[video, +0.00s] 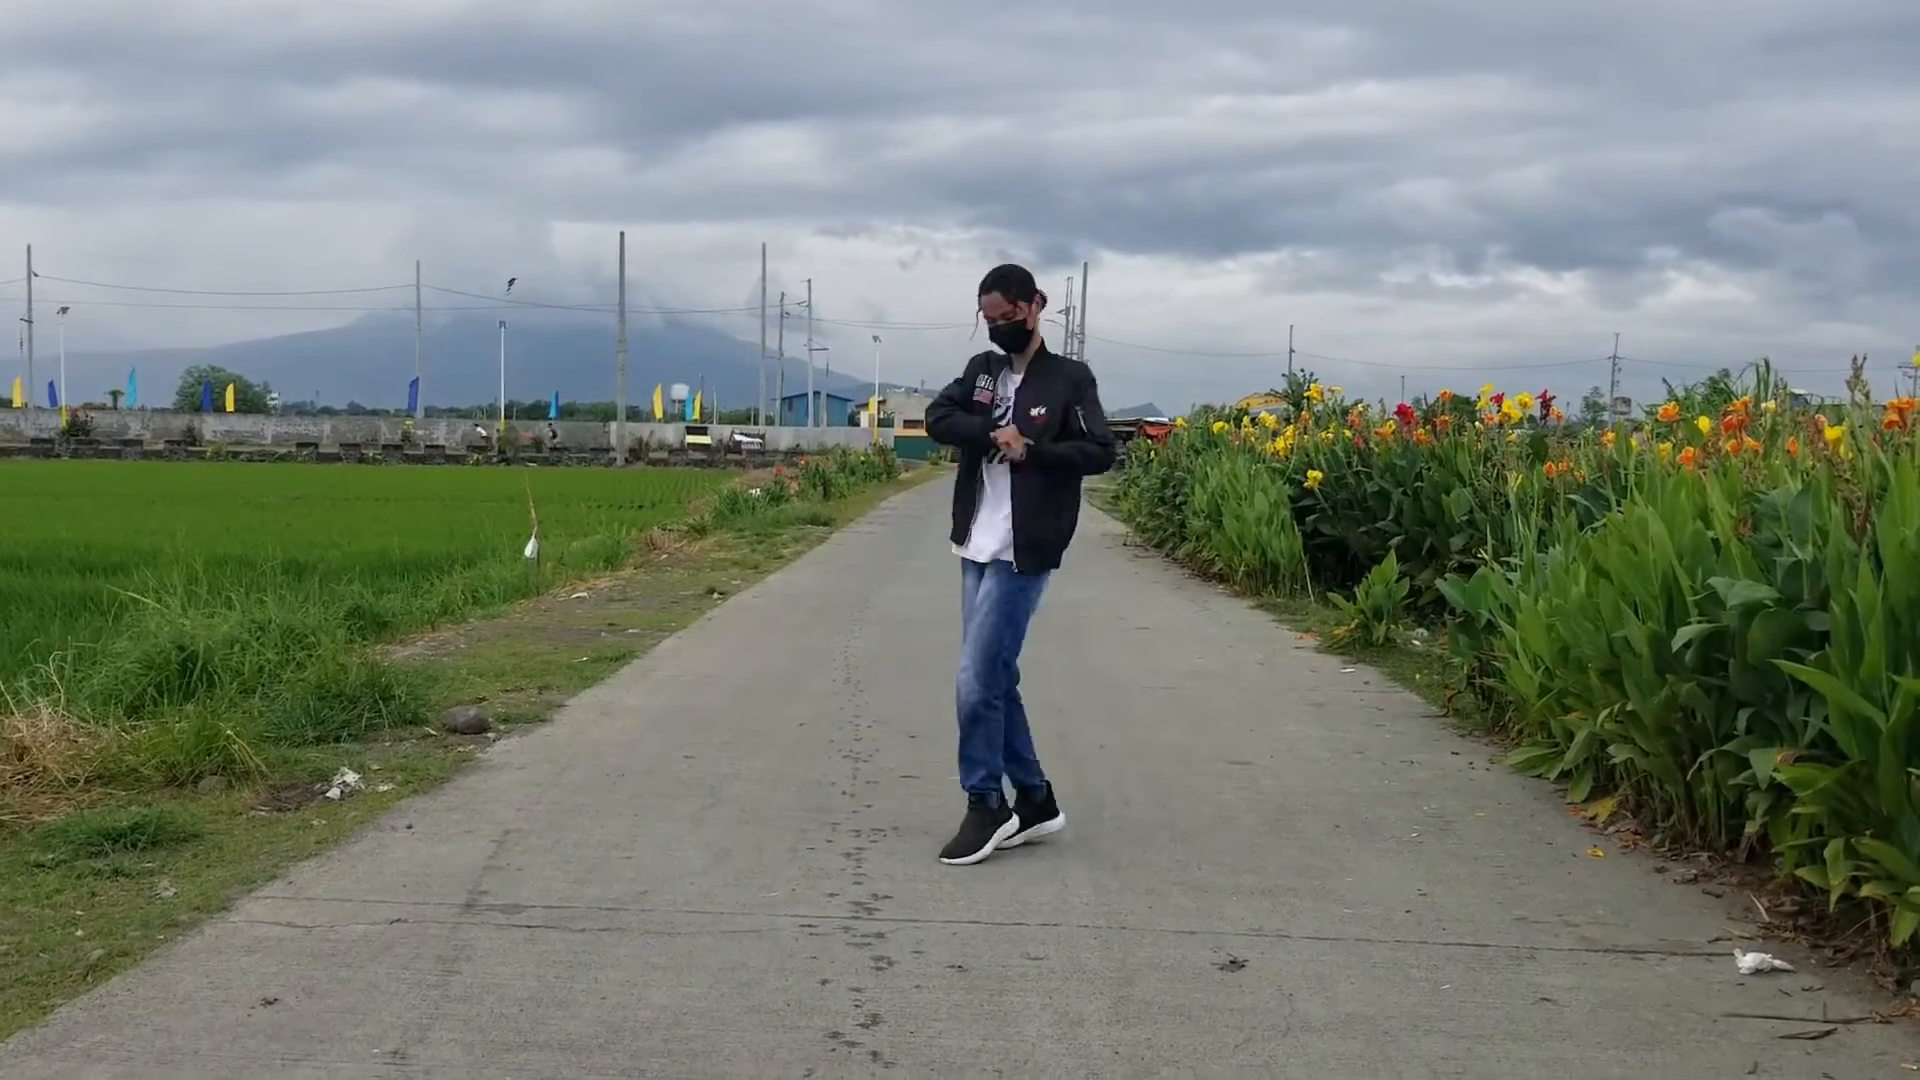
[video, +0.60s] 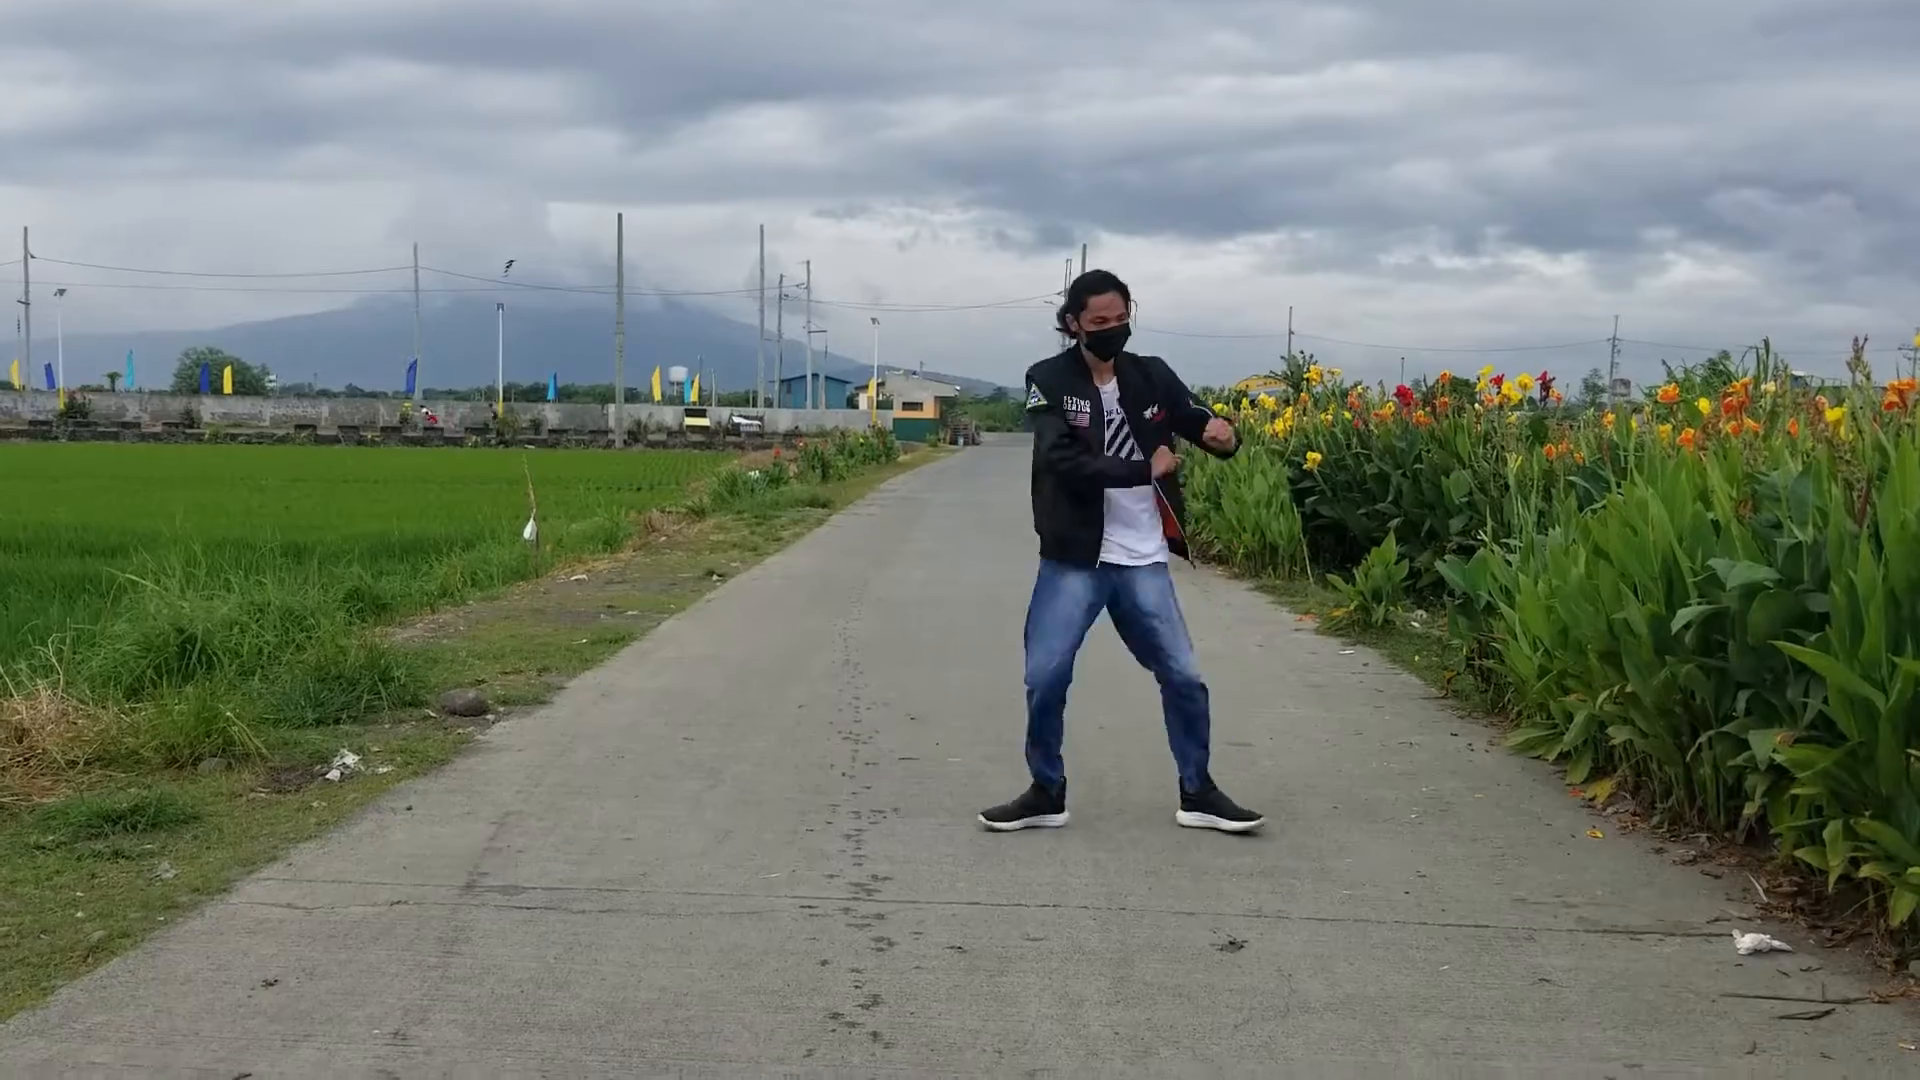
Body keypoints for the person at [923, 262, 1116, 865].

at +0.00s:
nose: (994, 329)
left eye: (1002, 318)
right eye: (987, 320)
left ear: (1033, 307)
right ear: (985, 316)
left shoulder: (1071, 377)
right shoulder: (982, 368)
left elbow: (1103, 451)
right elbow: (937, 417)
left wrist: (1034, 450)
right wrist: (991, 433)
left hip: (1023, 550)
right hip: (975, 543)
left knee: (976, 677)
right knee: (991, 676)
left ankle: (985, 806)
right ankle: (1034, 798)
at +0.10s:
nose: (1022, 331)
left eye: (1031, 320)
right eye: (1013, 320)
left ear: (1052, 311)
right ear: (1000, 314)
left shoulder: (1087, 374)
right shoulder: (984, 361)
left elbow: (1146, 432)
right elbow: (960, 422)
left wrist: (1092, 417)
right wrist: (1035, 456)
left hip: (1049, 548)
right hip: (992, 543)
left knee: (1021, 677)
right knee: (998, 677)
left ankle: (1019, 808)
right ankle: (1040, 798)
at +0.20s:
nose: (1046, 348)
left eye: (1056, 337)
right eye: (1035, 337)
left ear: (1073, 323)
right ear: (1018, 323)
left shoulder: (1100, 375)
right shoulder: (996, 370)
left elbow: (1172, 430)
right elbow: (998, 450)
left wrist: (1119, 418)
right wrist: (1072, 484)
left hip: (1079, 556)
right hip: (1013, 553)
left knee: (1087, 678)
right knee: (990, 674)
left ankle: (1105, 809)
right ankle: (1037, 798)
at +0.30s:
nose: (1060, 365)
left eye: (1069, 354)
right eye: (1049, 355)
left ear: (1089, 351)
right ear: (1035, 354)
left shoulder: (1118, 405)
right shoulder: (1013, 402)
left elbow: (1168, 476)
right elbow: (1022, 496)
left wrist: (1155, 489)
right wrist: (1101, 539)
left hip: (1104, 591)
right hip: (1027, 590)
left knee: (1158, 694)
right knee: (970, 685)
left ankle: (1184, 806)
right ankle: (1034, 796)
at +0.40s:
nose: (1083, 389)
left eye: (1091, 379)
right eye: (1071, 381)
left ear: (1103, 379)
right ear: (1050, 384)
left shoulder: (1133, 442)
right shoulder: (1034, 449)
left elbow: (1162, 526)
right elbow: (1047, 543)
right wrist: (1114, 597)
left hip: (1126, 613)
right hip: (1046, 616)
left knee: (1217, 679)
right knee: (962, 684)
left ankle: (1207, 804)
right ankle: (1031, 791)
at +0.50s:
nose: (1101, 376)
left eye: (1109, 365)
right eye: (1088, 368)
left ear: (1120, 367)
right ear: (1066, 373)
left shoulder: (1148, 431)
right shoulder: (1048, 438)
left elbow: (1183, 503)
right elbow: (1060, 533)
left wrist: (1215, 564)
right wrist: (1134, 577)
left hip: (1141, 601)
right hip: (1061, 604)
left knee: (1227, 672)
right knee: (986, 680)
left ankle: (1209, 796)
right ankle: (1039, 795)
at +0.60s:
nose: (1110, 334)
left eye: (1118, 322)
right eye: (1098, 323)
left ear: (1129, 318)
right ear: (1073, 321)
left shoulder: (1150, 374)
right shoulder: (1050, 379)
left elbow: (1198, 422)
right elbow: (1064, 463)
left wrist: (1222, 436)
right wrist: (1146, 469)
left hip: (1143, 559)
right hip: (1073, 558)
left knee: (1184, 674)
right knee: (1043, 674)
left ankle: (1197, 791)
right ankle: (1047, 791)